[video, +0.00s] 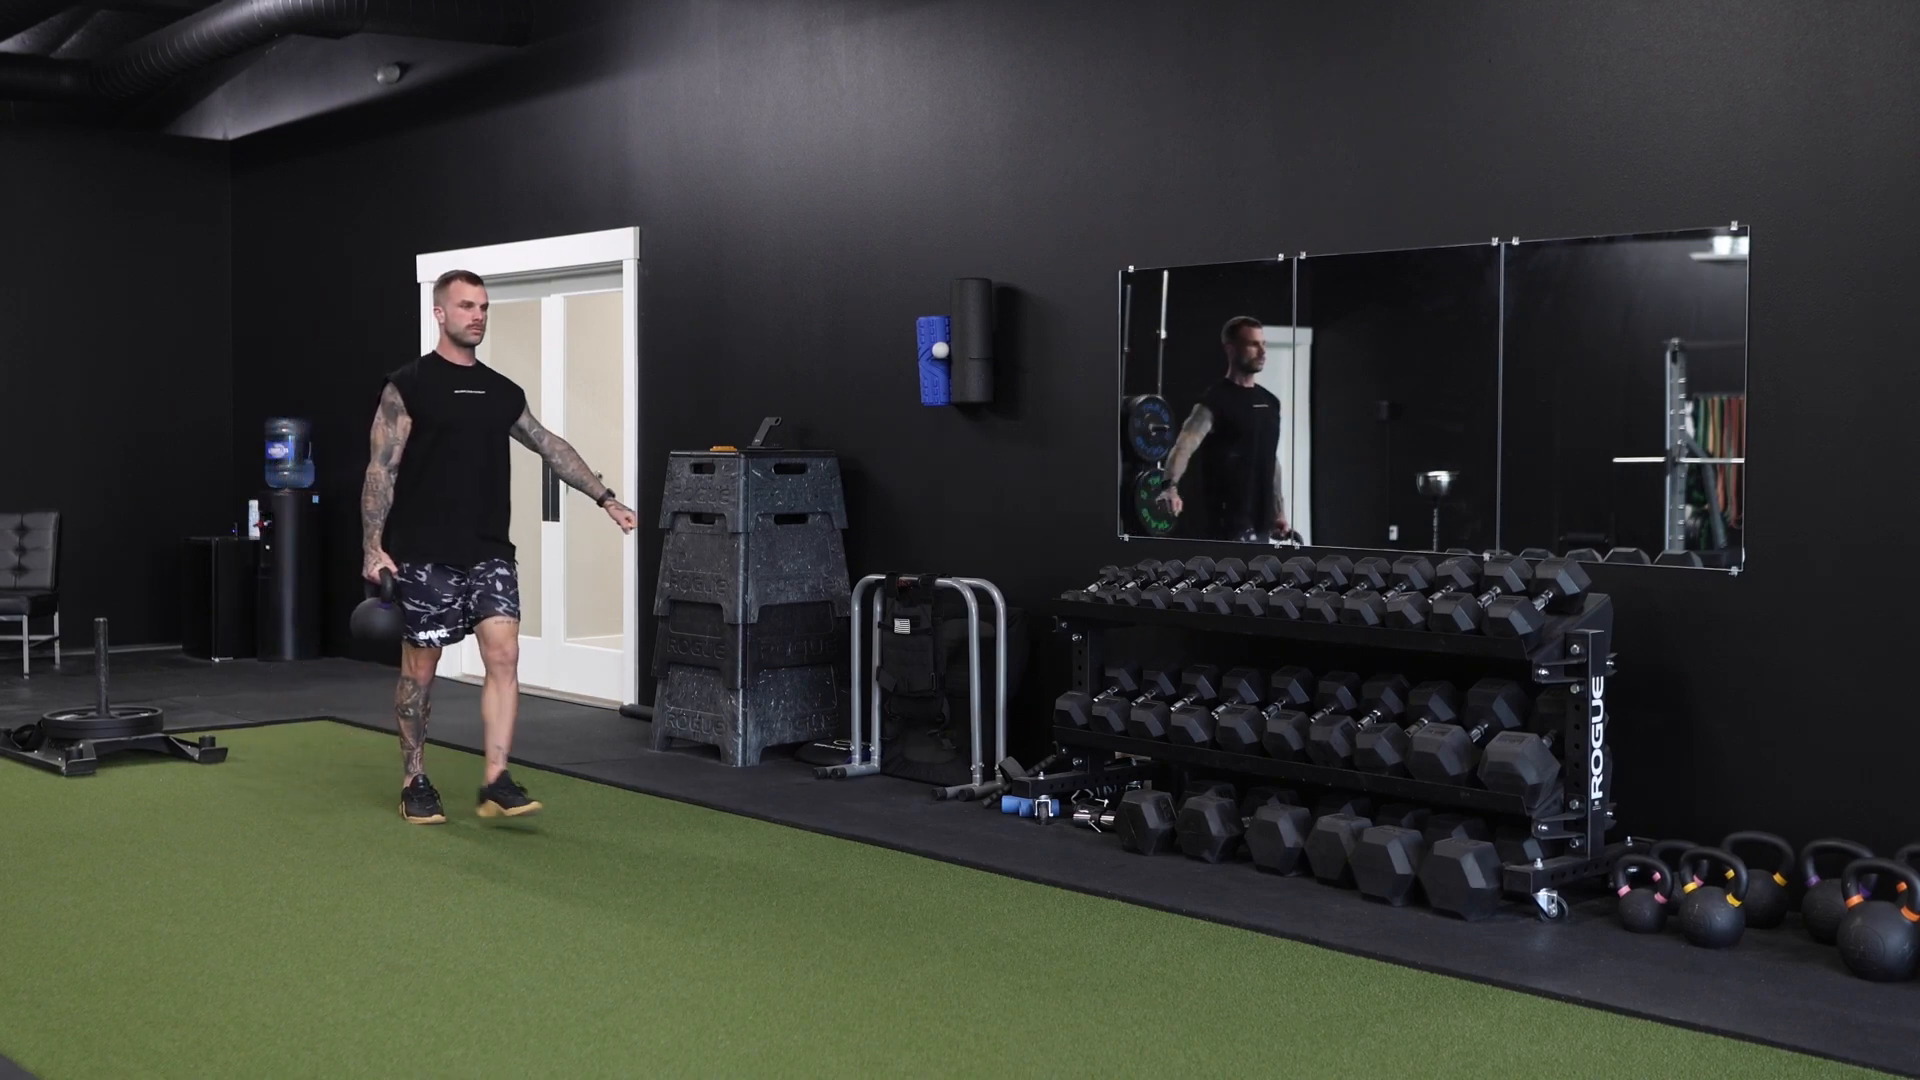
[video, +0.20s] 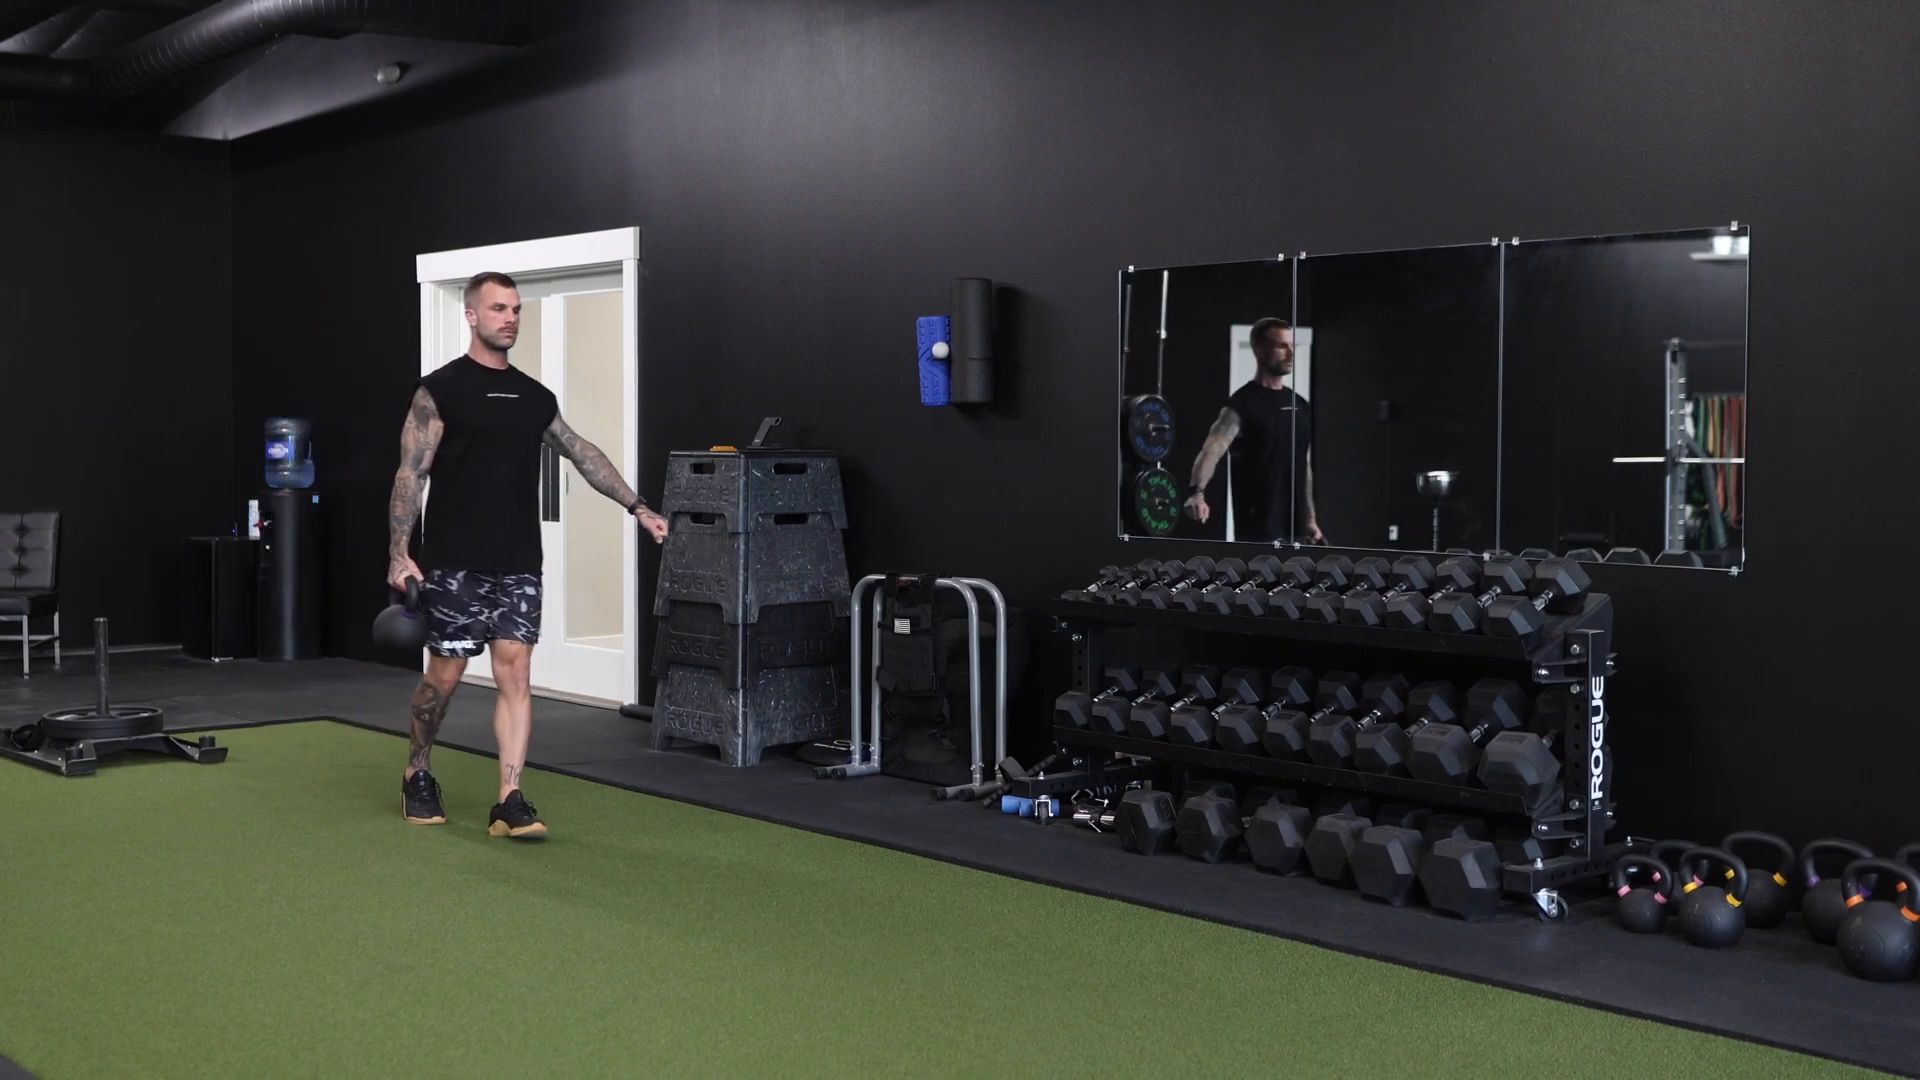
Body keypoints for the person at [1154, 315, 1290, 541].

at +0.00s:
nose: (1262, 351)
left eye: (1264, 344)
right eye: (1253, 344)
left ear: (1267, 346)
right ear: (1229, 348)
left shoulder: (1270, 403)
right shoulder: (1216, 399)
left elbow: (1270, 461)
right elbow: (1184, 445)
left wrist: (1278, 513)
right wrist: (1169, 485)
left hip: (1259, 518)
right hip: (1224, 516)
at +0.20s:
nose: (1290, 353)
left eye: (1292, 346)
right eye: (1281, 346)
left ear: (1294, 348)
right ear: (1258, 349)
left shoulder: (1300, 406)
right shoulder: (1243, 403)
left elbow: (1304, 467)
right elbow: (1212, 449)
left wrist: (1309, 520)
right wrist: (1196, 491)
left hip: (1292, 527)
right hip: (1253, 525)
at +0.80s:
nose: (1391, 349)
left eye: (1392, 342)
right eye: (1381, 342)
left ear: (1395, 345)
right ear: (1356, 347)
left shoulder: (1394, 401)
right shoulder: (1339, 402)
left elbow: (1392, 467)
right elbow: (1305, 448)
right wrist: (1287, 488)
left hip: (1394, 531)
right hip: (1349, 533)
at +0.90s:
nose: (1412, 348)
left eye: (1414, 340)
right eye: (1402, 340)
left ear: (1416, 343)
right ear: (1377, 344)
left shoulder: (1416, 400)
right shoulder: (1358, 400)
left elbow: (1408, 465)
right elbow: (1326, 444)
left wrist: (1431, 484)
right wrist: (1306, 486)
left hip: (1416, 531)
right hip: (1371, 532)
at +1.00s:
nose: (1431, 345)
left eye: (1433, 338)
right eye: (1421, 338)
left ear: (1435, 340)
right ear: (1395, 342)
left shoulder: (1436, 399)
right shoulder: (1376, 399)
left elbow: (1432, 465)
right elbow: (1343, 444)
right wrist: (1325, 486)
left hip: (1435, 532)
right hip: (1393, 533)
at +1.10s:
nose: (1448, 343)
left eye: (1449, 336)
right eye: (1439, 336)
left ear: (1452, 338)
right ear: (1412, 340)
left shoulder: (1451, 397)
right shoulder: (1394, 397)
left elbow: (1451, 467)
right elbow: (1361, 442)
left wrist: (1460, 522)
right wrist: (1343, 486)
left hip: (1448, 532)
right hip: (1408, 531)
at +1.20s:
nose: (1466, 343)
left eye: (1467, 336)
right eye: (1456, 336)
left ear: (1470, 338)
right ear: (1429, 339)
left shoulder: (1468, 395)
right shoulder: (1412, 396)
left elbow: (1472, 463)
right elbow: (1378, 443)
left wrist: (1479, 516)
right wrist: (1362, 486)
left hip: (1463, 528)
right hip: (1423, 529)